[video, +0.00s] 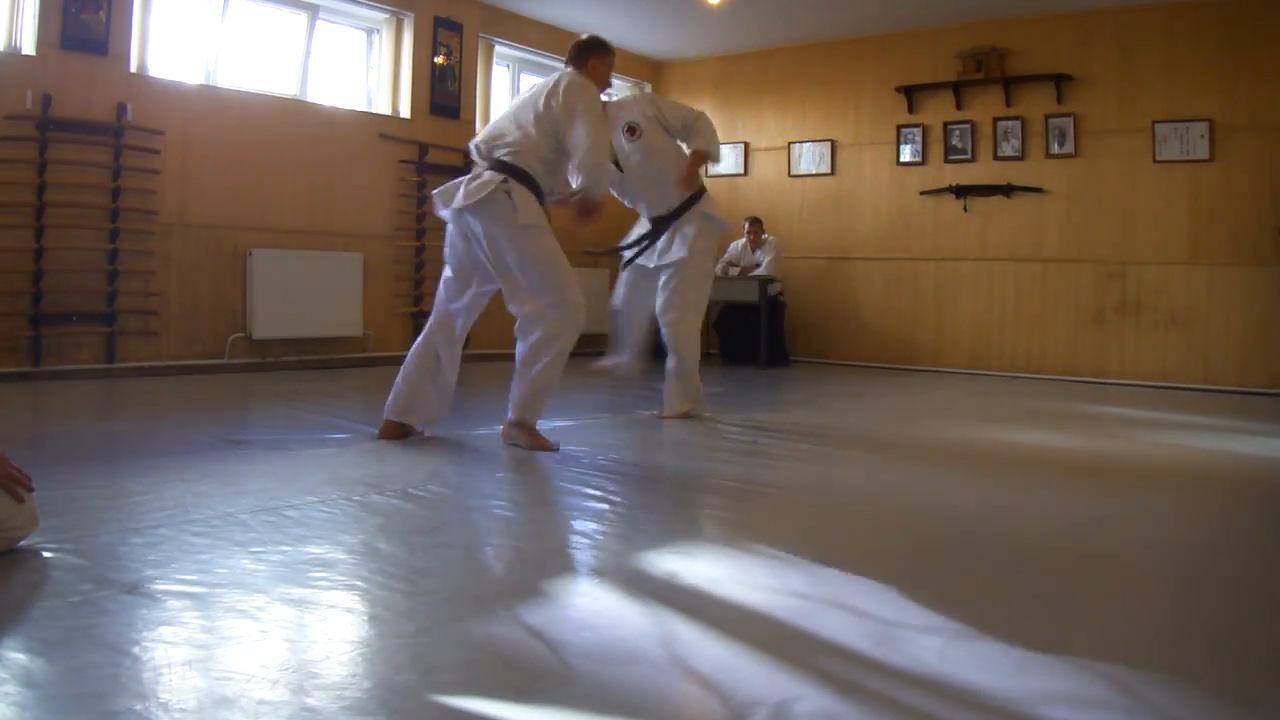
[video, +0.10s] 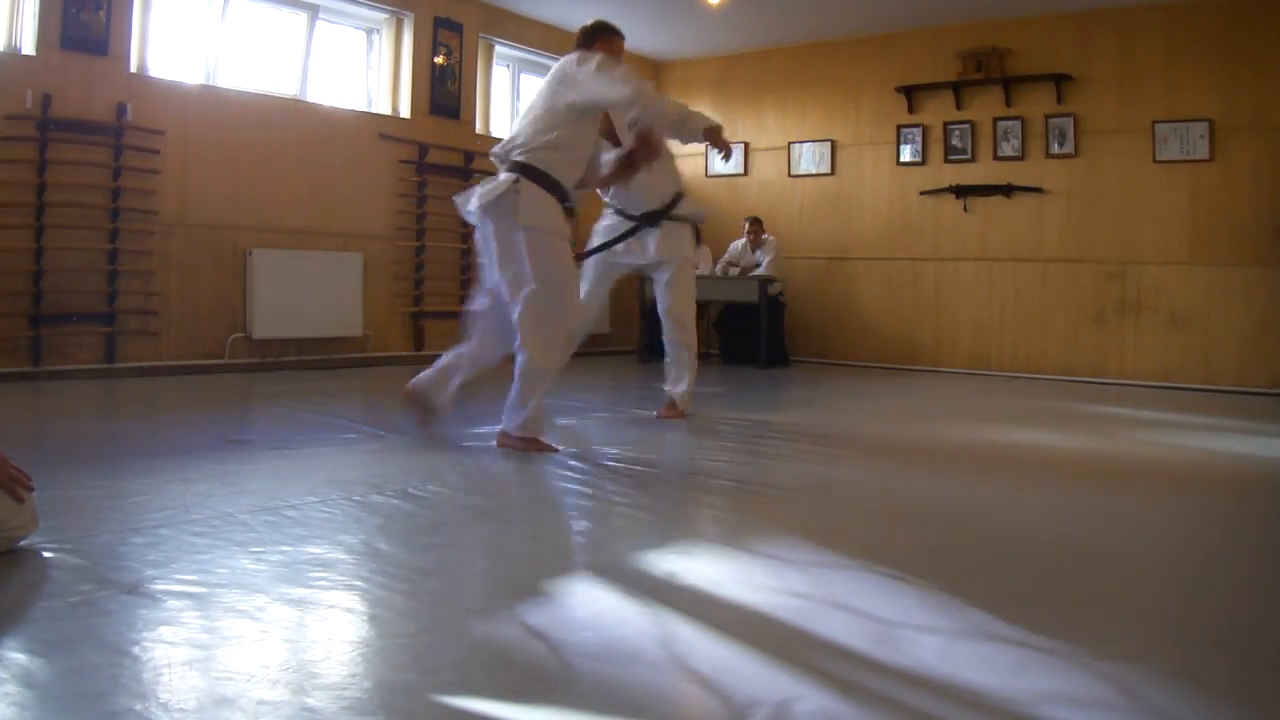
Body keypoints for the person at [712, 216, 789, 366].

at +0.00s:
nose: (752, 237)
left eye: (755, 233)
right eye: (748, 233)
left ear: (762, 232)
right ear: (744, 233)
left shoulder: (770, 243)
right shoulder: (737, 246)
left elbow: (769, 271)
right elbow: (719, 269)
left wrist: (743, 277)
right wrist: (740, 271)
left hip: (767, 296)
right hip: (741, 297)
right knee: (722, 319)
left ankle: (772, 357)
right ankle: (731, 357)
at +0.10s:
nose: (752, 237)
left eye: (756, 233)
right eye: (748, 233)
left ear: (763, 232)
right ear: (744, 233)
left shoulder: (770, 243)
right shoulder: (737, 246)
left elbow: (768, 271)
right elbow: (719, 269)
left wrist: (741, 275)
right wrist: (740, 271)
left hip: (767, 297)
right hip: (742, 298)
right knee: (723, 319)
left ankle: (772, 357)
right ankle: (733, 357)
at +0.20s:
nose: (752, 237)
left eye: (756, 233)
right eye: (749, 233)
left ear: (763, 232)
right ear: (744, 233)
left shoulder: (770, 244)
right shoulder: (737, 246)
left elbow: (768, 271)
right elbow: (719, 269)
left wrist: (739, 275)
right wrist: (740, 271)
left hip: (768, 296)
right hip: (742, 297)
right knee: (723, 319)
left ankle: (773, 357)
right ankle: (732, 356)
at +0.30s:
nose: (752, 237)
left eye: (756, 233)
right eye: (749, 233)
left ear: (763, 232)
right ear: (744, 233)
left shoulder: (770, 244)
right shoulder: (737, 246)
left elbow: (768, 271)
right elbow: (719, 269)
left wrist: (739, 274)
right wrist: (740, 271)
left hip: (768, 296)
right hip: (742, 297)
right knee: (723, 319)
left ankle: (773, 357)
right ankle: (731, 357)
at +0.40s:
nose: (752, 237)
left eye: (756, 233)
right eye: (749, 233)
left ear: (762, 233)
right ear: (744, 233)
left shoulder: (770, 244)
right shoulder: (737, 246)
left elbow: (768, 271)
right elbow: (719, 268)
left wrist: (743, 277)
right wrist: (739, 271)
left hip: (767, 295)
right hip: (741, 296)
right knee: (727, 311)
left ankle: (772, 355)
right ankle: (730, 353)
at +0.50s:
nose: (752, 237)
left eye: (756, 233)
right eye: (749, 233)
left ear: (762, 232)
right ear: (743, 233)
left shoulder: (770, 243)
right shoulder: (737, 245)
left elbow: (767, 267)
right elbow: (724, 265)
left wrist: (744, 273)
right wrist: (741, 269)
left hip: (770, 294)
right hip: (746, 295)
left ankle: (773, 356)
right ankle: (748, 355)